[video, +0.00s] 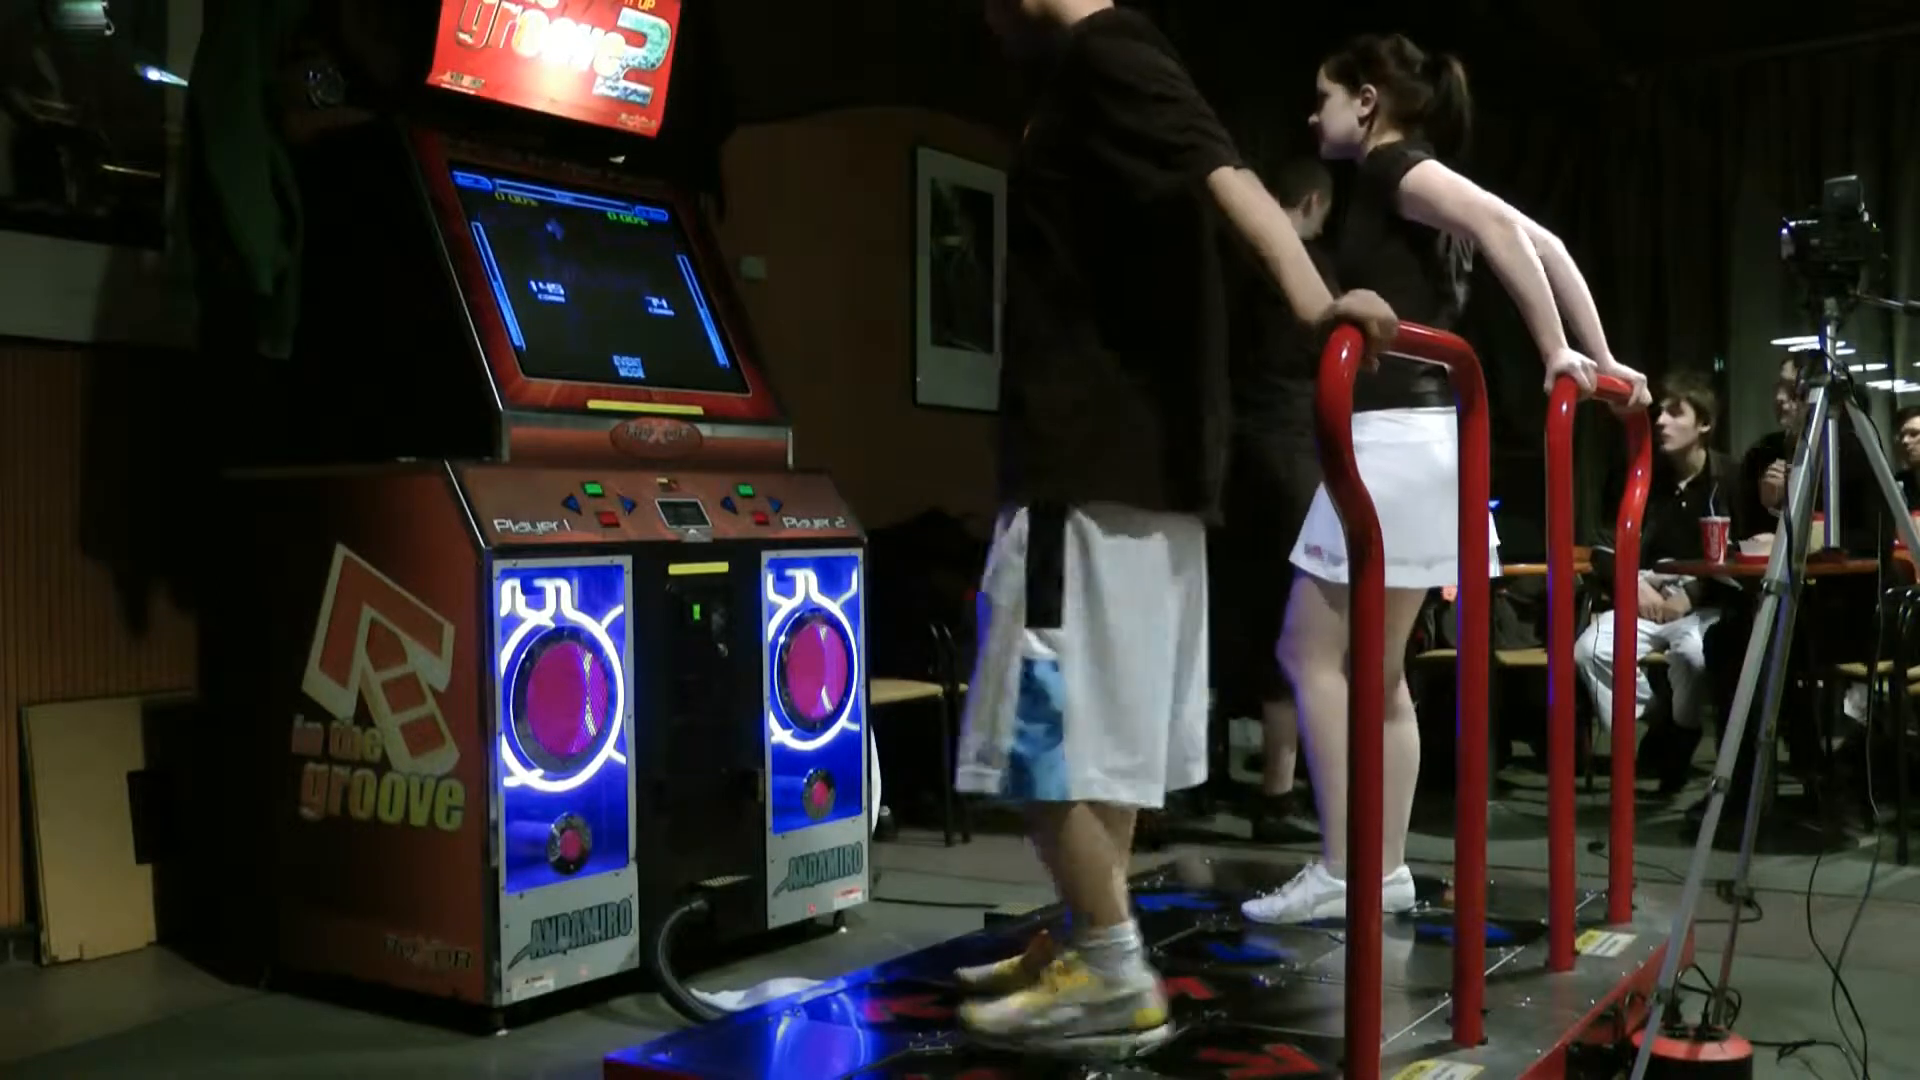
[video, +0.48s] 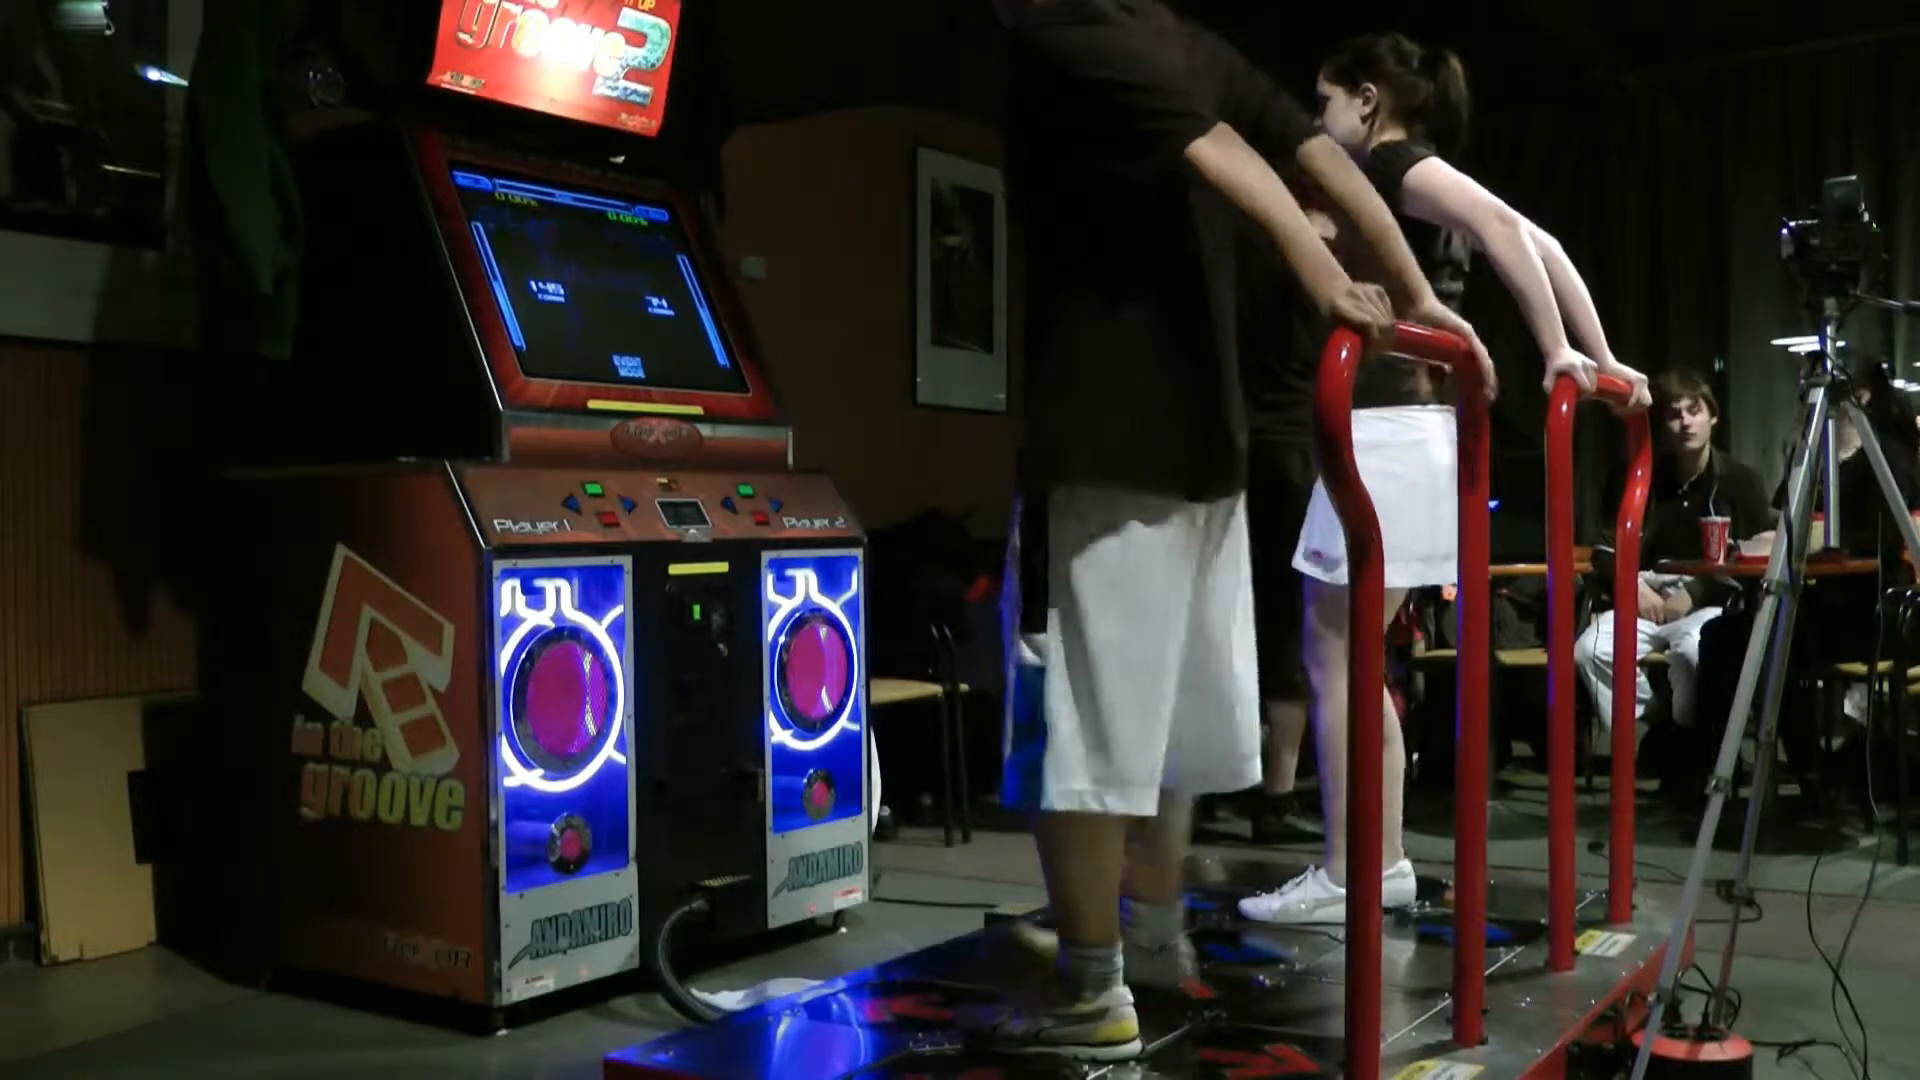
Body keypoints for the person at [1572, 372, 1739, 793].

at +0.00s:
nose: (1662, 422)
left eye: (1675, 413)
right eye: (1659, 412)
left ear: (1703, 426)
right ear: (1651, 419)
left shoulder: (1727, 479)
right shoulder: (1641, 474)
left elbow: (1737, 555)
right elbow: (1607, 546)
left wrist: (1689, 595)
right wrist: (1634, 586)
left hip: (1700, 603)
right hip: (1643, 598)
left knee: (1693, 655)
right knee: (1593, 650)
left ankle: (1683, 735)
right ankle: (1656, 730)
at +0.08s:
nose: (1663, 420)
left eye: (1676, 412)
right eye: (1660, 411)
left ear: (1704, 425)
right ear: (1653, 418)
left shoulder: (1732, 480)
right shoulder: (1644, 475)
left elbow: (1741, 557)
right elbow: (1606, 547)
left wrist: (1690, 598)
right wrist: (1632, 587)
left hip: (1704, 602)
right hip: (1644, 599)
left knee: (1688, 654)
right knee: (1594, 650)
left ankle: (1684, 734)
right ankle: (1658, 727)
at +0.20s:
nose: (1670, 421)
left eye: (1683, 412)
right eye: (1665, 412)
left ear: (1709, 422)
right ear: (1656, 418)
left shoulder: (1738, 481)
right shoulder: (1644, 475)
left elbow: (1751, 560)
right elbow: (1605, 548)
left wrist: (1692, 597)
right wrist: (1633, 586)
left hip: (1706, 603)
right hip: (1644, 599)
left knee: (1692, 654)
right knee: (1593, 651)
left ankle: (1683, 734)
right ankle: (1655, 732)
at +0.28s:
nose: (1679, 421)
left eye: (1690, 411)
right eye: (1670, 413)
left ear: (1712, 421)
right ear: (1659, 421)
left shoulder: (1738, 481)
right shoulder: (1643, 476)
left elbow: (1754, 558)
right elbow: (1605, 548)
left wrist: (1693, 596)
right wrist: (1633, 586)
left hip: (1707, 602)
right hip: (1644, 599)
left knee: (1692, 654)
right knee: (1594, 650)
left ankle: (1682, 735)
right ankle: (1654, 731)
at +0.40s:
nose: (1685, 421)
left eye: (1695, 410)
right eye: (1674, 413)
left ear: (1713, 418)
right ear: (1660, 423)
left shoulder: (1739, 480)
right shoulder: (1646, 476)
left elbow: (1753, 558)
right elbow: (1607, 547)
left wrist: (1692, 595)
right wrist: (1634, 585)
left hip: (1710, 602)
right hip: (1648, 599)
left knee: (1690, 651)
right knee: (1594, 649)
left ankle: (1682, 736)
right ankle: (1656, 734)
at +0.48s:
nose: (1684, 422)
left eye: (1694, 411)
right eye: (1673, 414)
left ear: (1713, 418)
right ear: (1660, 425)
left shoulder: (1740, 482)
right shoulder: (1646, 478)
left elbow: (1754, 562)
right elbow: (1608, 550)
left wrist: (1692, 594)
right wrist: (1635, 587)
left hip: (1709, 606)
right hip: (1647, 605)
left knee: (1691, 653)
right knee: (1593, 648)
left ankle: (1684, 746)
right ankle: (1649, 742)